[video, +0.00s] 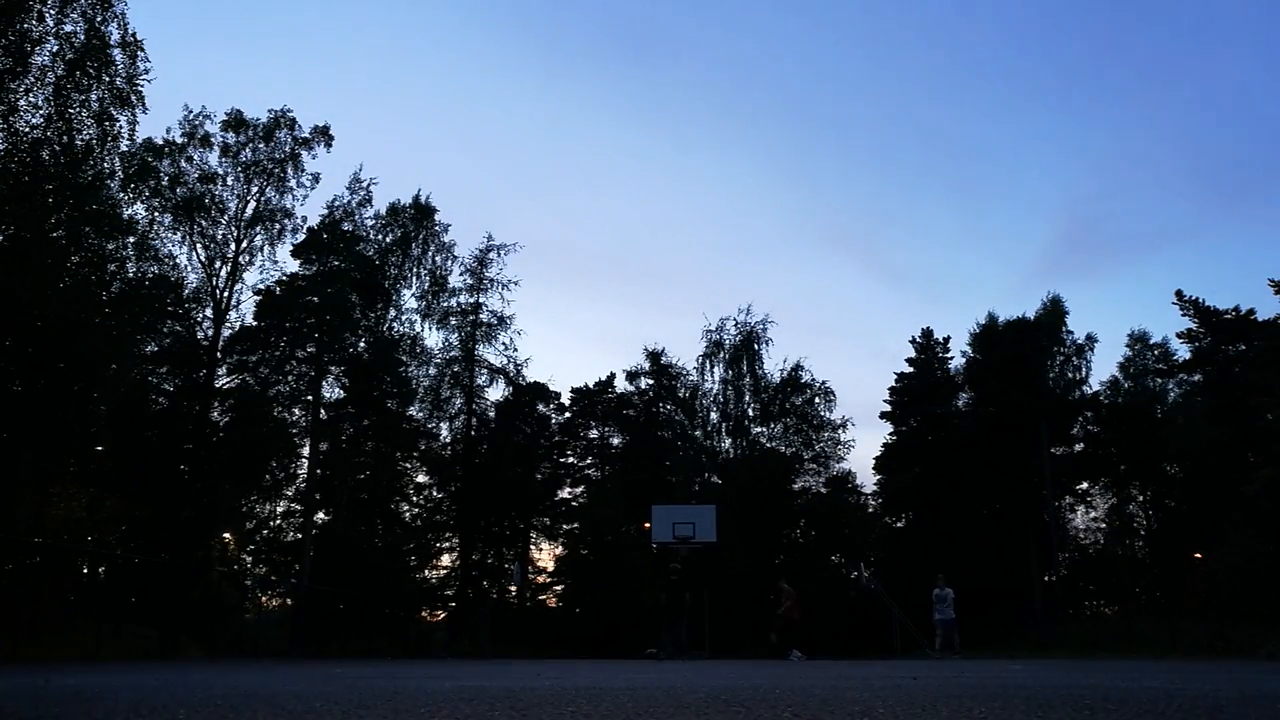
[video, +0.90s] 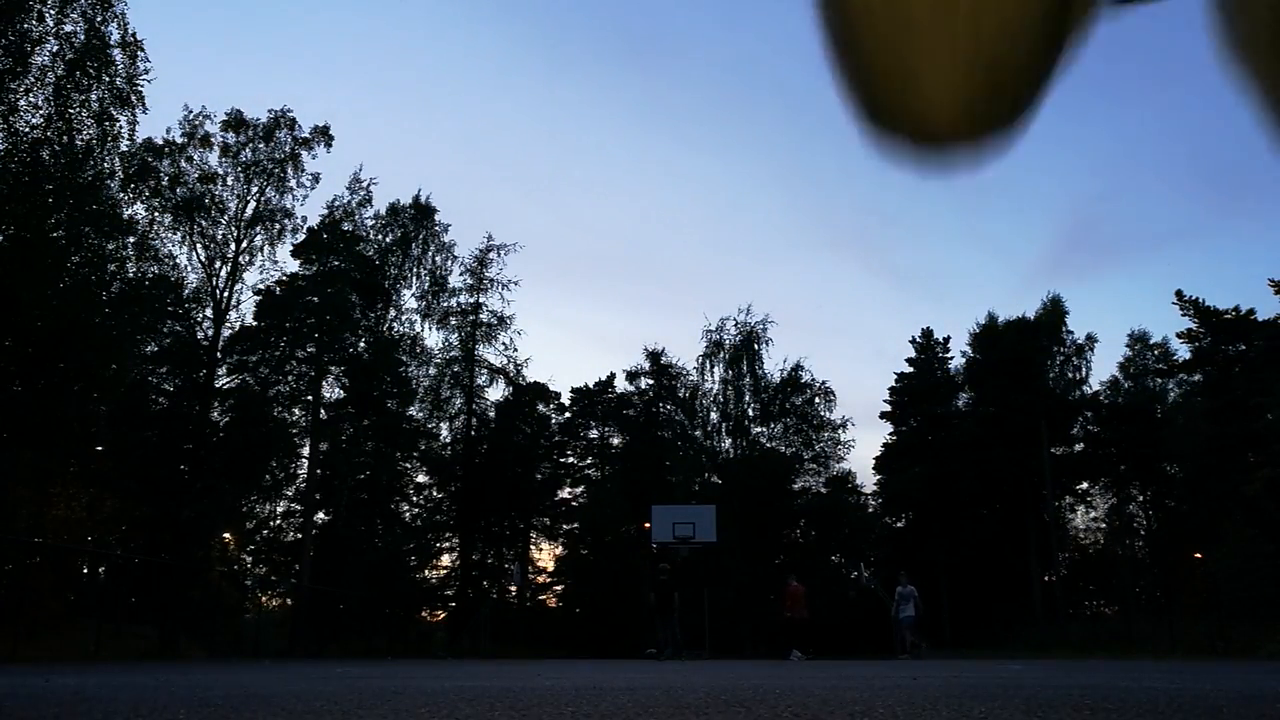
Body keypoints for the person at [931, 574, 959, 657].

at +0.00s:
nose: (941, 584)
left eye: (942, 582)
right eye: (939, 582)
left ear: (944, 583)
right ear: (938, 583)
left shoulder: (949, 592)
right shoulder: (935, 592)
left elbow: (950, 603)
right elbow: (935, 603)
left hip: (949, 616)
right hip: (939, 617)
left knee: (953, 633)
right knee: (939, 634)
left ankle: (956, 650)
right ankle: (937, 650)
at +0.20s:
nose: (931, 583)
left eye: (932, 581)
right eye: (930, 582)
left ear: (934, 582)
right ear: (928, 583)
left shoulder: (940, 591)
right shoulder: (927, 593)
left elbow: (942, 603)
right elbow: (927, 604)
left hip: (941, 616)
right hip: (931, 616)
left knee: (945, 633)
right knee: (932, 634)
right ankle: (932, 650)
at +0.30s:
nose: (927, 582)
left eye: (928, 580)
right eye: (926, 580)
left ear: (930, 580)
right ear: (924, 581)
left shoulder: (936, 589)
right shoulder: (923, 591)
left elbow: (939, 601)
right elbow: (923, 602)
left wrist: (939, 612)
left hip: (936, 616)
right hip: (926, 616)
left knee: (938, 632)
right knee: (929, 634)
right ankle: (931, 651)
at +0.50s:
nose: (920, 581)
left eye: (921, 579)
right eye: (919, 579)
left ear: (923, 579)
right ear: (917, 580)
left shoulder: (930, 588)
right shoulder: (915, 590)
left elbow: (936, 600)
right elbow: (913, 602)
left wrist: (939, 611)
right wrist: (912, 612)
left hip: (928, 613)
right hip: (919, 614)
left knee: (927, 631)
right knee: (924, 632)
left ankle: (931, 651)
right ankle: (929, 651)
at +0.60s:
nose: (916, 581)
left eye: (917, 580)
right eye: (915, 580)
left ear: (920, 580)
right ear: (914, 581)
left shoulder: (926, 589)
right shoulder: (912, 590)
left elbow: (932, 600)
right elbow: (908, 602)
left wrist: (938, 611)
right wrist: (906, 612)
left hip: (924, 614)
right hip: (916, 615)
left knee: (921, 631)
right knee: (923, 632)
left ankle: (920, 649)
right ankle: (929, 648)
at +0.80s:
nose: (908, 582)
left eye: (909, 581)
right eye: (906, 581)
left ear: (911, 581)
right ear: (905, 582)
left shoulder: (917, 590)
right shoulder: (903, 591)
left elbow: (922, 600)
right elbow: (900, 602)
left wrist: (925, 610)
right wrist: (897, 612)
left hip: (915, 614)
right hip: (906, 614)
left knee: (911, 632)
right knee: (913, 632)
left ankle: (908, 651)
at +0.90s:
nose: (903, 581)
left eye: (904, 580)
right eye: (902, 580)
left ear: (906, 580)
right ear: (900, 581)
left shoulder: (911, 589)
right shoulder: (898, 590)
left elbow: (916, 600)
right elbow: (896, 601)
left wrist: (919, 609)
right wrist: (894, 611)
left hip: (910, 613)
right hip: (901, 613)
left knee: (907, 631)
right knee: (904, 631)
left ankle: (907, 651)